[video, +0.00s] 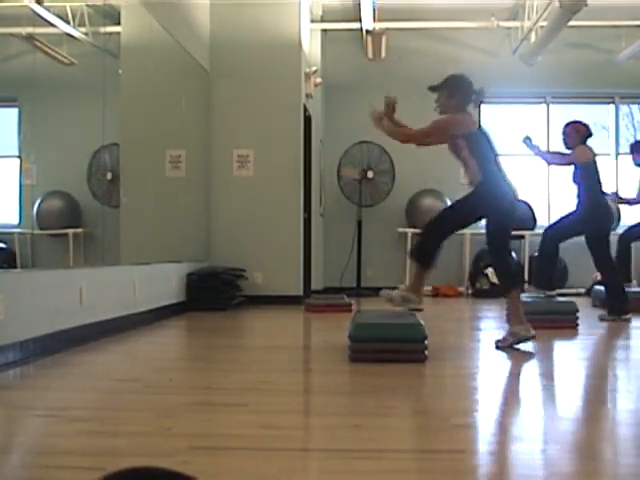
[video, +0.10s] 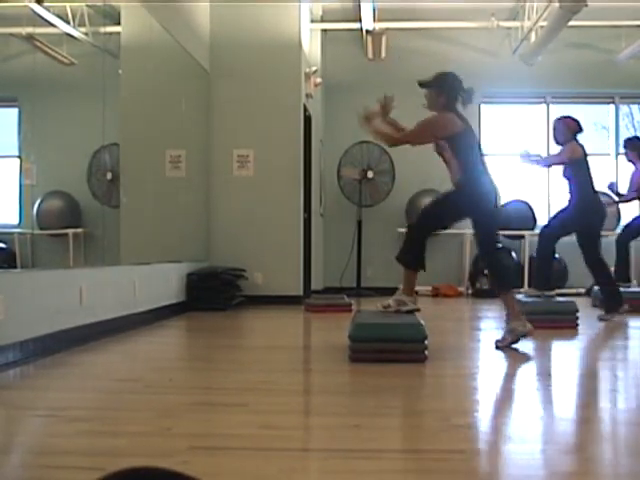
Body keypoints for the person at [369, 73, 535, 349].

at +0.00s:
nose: (437, 99)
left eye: (441, 94)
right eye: (438, 94)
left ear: (454, 97)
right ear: (460, 98)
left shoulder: (456, 122)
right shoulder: (461, 122)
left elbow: (411, 137)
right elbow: (419, 137)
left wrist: (382, 124)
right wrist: (393, 119)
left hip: (490, 195)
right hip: (493, 194)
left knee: (434, 231)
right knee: (500, 255)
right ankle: (518, 324)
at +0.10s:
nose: (426, 96)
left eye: (430, 92)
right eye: (427, 92)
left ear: (442, 95)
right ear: (448, 96)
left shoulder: (442, 121)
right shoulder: (453, 120)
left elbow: (396, 139)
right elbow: (410, 136)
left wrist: (371, 124)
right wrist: (386, 117)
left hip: (468, 193)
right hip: (483, 192)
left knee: (417, 230)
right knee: (491, 253)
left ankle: (406, 296)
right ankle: (517, 320)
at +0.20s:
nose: (414, 79)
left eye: (419, 75)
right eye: (416, 75)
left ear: (431, 80)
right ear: (440, 80)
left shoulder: (423, 109)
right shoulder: (448, 107)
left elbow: (395, 142)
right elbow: (428, 144)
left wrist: (370, 153)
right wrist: (393, 152)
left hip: (448, 179)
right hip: (471, 179)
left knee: (414, 226)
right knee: (470, 242)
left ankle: (406, 295)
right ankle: (493, 305)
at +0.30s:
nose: (404, 71)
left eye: (408, 66)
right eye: (405, 66)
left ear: (420, 70)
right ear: (428, 70)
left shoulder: (415, 98)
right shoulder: (440, 96)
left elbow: (415, 134)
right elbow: (446, 137)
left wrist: (403, 170)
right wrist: (431, 166)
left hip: (441, 168)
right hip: (464, 169)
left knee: (418, 224)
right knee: (450, 229)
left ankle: (406, 293)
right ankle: (464, 287)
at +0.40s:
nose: (396, 72)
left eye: (401, 68)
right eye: (398, 68)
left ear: (412, 73)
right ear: (421, 73)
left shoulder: (411, 97)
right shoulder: (434, 96)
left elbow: (435, 120)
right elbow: (468, 113)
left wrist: (444, 158)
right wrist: (485, 139)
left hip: (435, 165)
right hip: (457, 166)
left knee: (412, 226)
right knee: (433, 225)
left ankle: (405, 294)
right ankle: (437, 279)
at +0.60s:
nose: (399, 74)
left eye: (403, 70)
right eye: (401, 70)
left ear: (414, 74)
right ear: (422, 76)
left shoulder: (417, 101)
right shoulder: (435, 101)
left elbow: (434, 131)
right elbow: (466, 123)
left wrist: (447, 164)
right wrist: (471, 156)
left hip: (435, 168)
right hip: (456, 167)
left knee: (409, 226)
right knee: (435, 229)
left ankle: (405, 294)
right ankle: (440, 291)